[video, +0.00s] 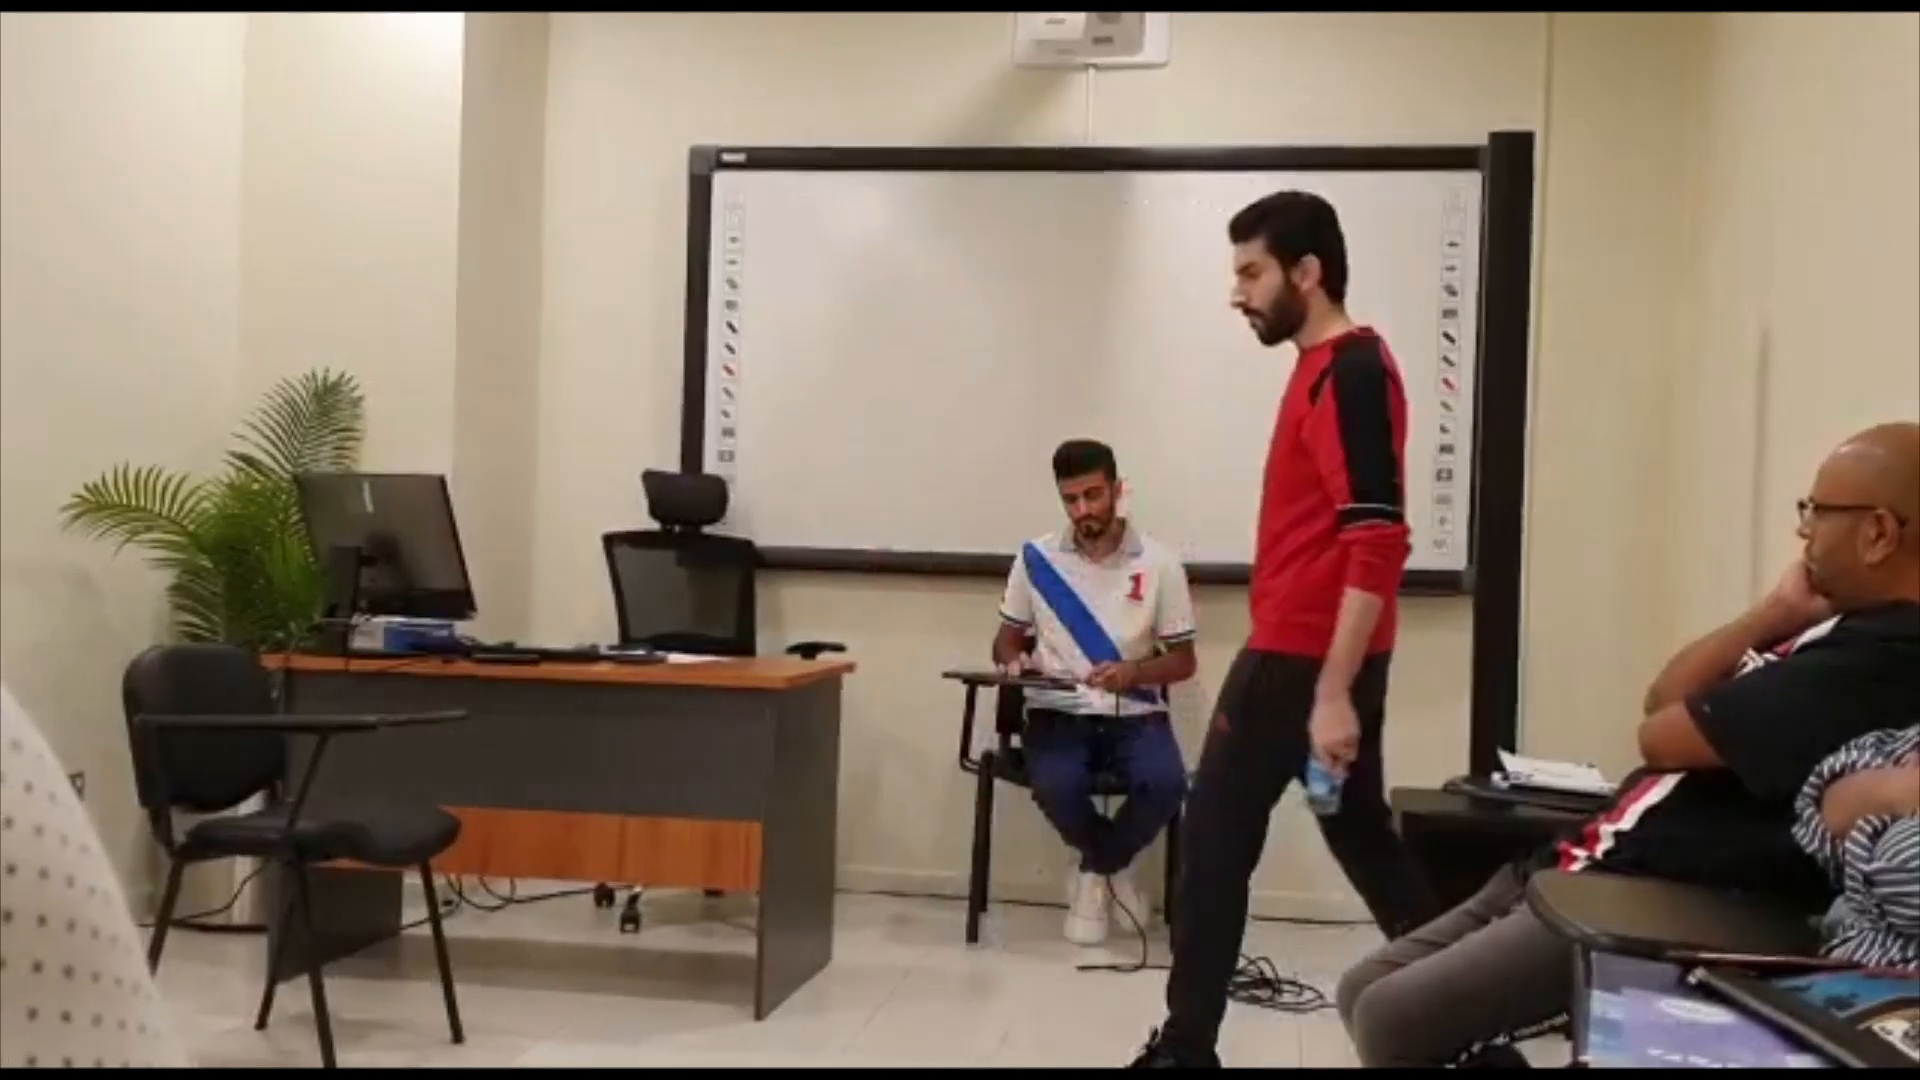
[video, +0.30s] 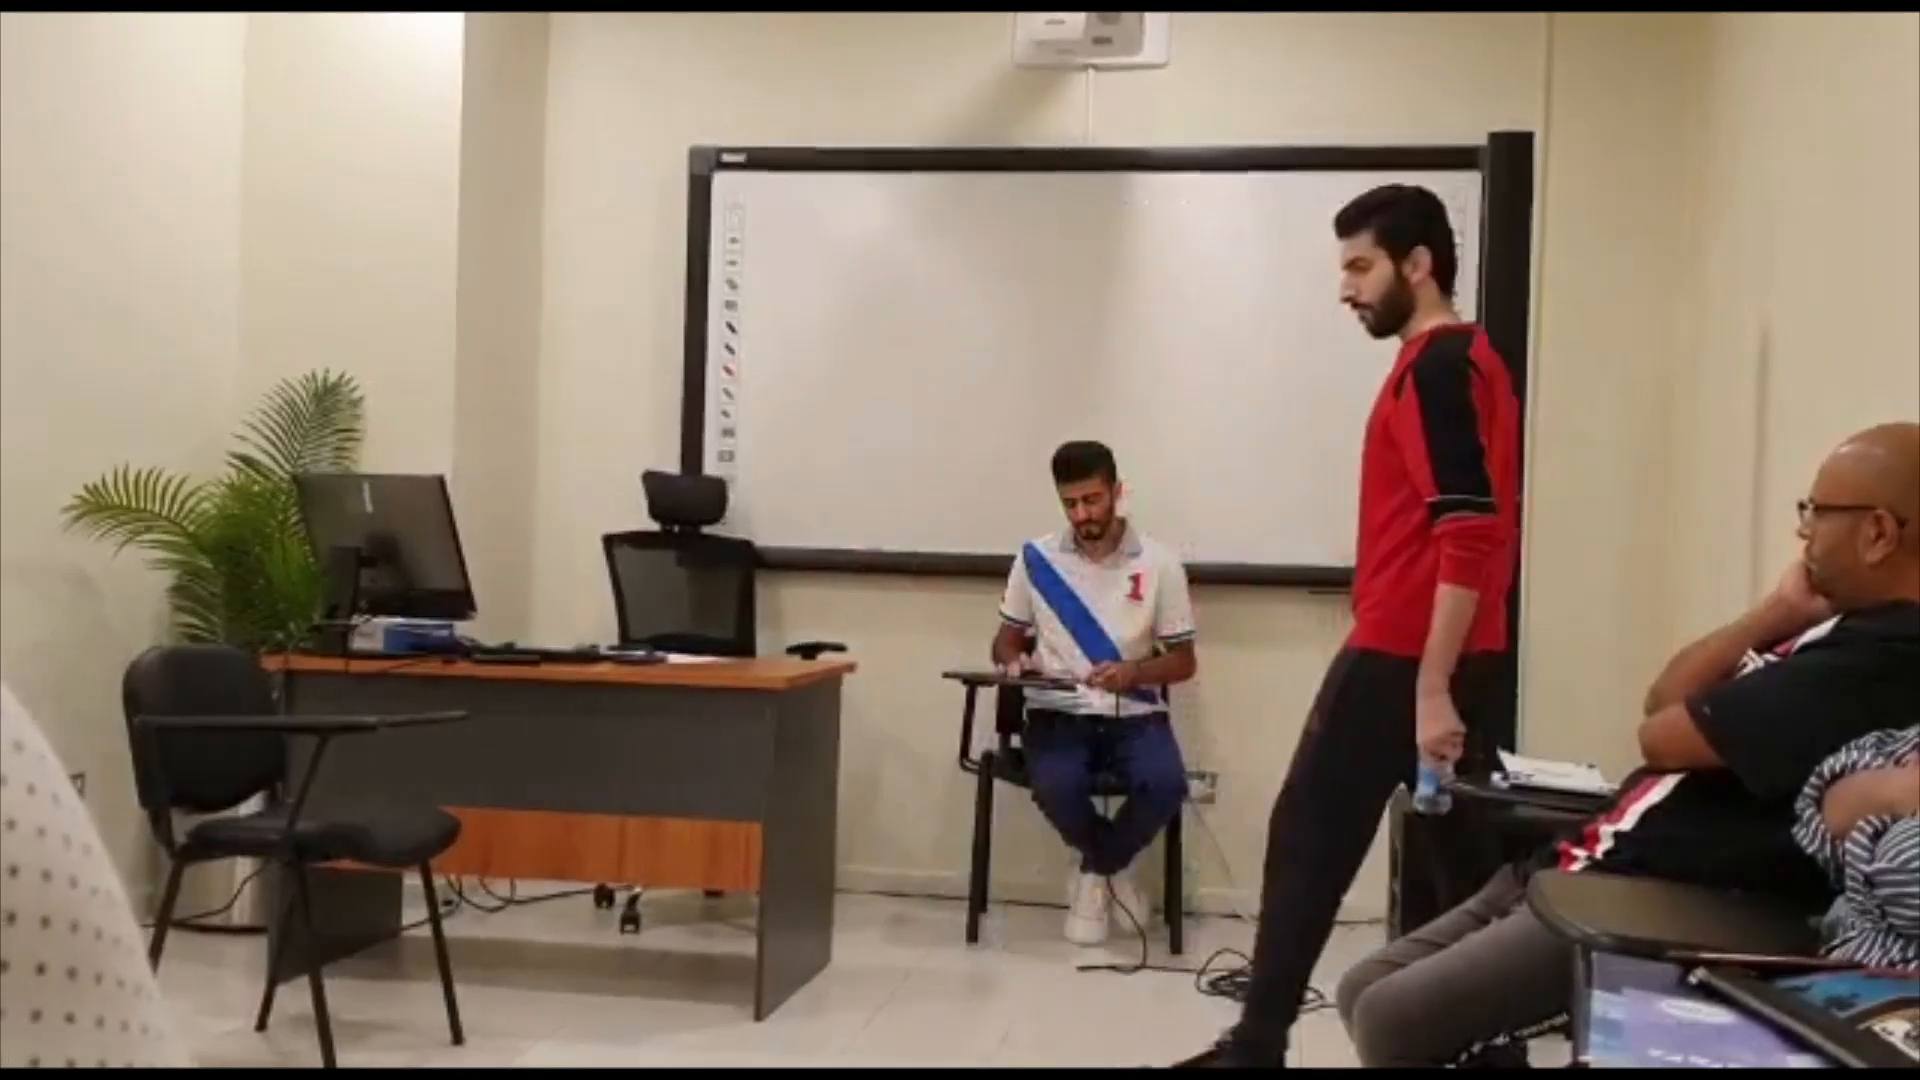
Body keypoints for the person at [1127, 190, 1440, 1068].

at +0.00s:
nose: (1236, 294)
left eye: (1249, 273)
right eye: (1234, 276)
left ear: (1308, 272)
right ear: (1303, 278)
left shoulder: (1352, 366)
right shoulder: (1322, 366)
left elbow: (1379, 541)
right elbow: (1326, 535)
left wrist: (1335, 690)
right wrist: (1267, 664)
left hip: (1300, 656)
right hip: (1319, 650)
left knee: (1215, 831)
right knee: (1365, 838)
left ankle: (1188, 1043)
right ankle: (1470, 1023)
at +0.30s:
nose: (1346, 288)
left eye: (1359, 267)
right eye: (1344, 270)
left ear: (1420, 263)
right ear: (1420, 270)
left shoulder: (1442, 362)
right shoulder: (1461, 355)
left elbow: (1471, 530)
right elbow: (1461, 530)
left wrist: (1435, 684)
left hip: (1396, 657)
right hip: (1457, 658)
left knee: (1306, 837)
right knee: (1458, 865)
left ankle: (1257, 1040)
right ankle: (1484, 1046)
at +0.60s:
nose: (1400, 278)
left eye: (1416, 259)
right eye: (1399, 259)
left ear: (1477, 264)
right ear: (1477, 268)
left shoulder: (1470, 364)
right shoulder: (1524, 362)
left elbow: (1460, 540)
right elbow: (1533, 542)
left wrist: (1393, 687)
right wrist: (1449, 623)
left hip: (1434, 669)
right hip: (1480, 666)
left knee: (1430, 894)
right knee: (1470, 886)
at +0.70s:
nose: (1407, 276)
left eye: (1427, 257)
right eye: (1408, 255)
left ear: (1487, 266)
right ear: (1485, 271)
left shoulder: (1481, 370)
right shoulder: (1526, 362)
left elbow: (1447, 546)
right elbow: (1535, 537)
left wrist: (1368, 686)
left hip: (1434, 666)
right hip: (1480, 661)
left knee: (1437, 895)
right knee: (1467, 889)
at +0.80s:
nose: (1417, 281)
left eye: (1436, 263)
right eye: (1418, 260)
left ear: (1500, 271)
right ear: (1498, 277)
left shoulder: (1492, 377)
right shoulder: (1517, 360)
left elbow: (1448, 558)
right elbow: (1534, 534)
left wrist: (1352, 687)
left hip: (1437, 664)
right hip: (1465, 659)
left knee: (1441, 890)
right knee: (1451, 886)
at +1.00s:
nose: (1427, 288)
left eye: (1447, 270)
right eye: (1428, 268)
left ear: (1511, 279)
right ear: (1506, 283)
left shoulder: (1510, 384)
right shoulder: (1487, 363)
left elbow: (1473, 574)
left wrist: (1371, 698)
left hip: (1448, 672)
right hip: (1427, 667)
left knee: (1439, 908)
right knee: (1436, 904)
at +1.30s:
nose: (1402, 278)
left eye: (1422, 259)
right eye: (1403, 258)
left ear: (1485, 267)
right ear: (1481, 272)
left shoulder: (1496, 372)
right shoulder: (1479, 356)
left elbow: (1495, 557)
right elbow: (1476, 540)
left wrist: (1435, 703)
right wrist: (1419, 677)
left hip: (1456, 665)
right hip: (1440, 656)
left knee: (1444, 892)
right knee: (1443, 887)